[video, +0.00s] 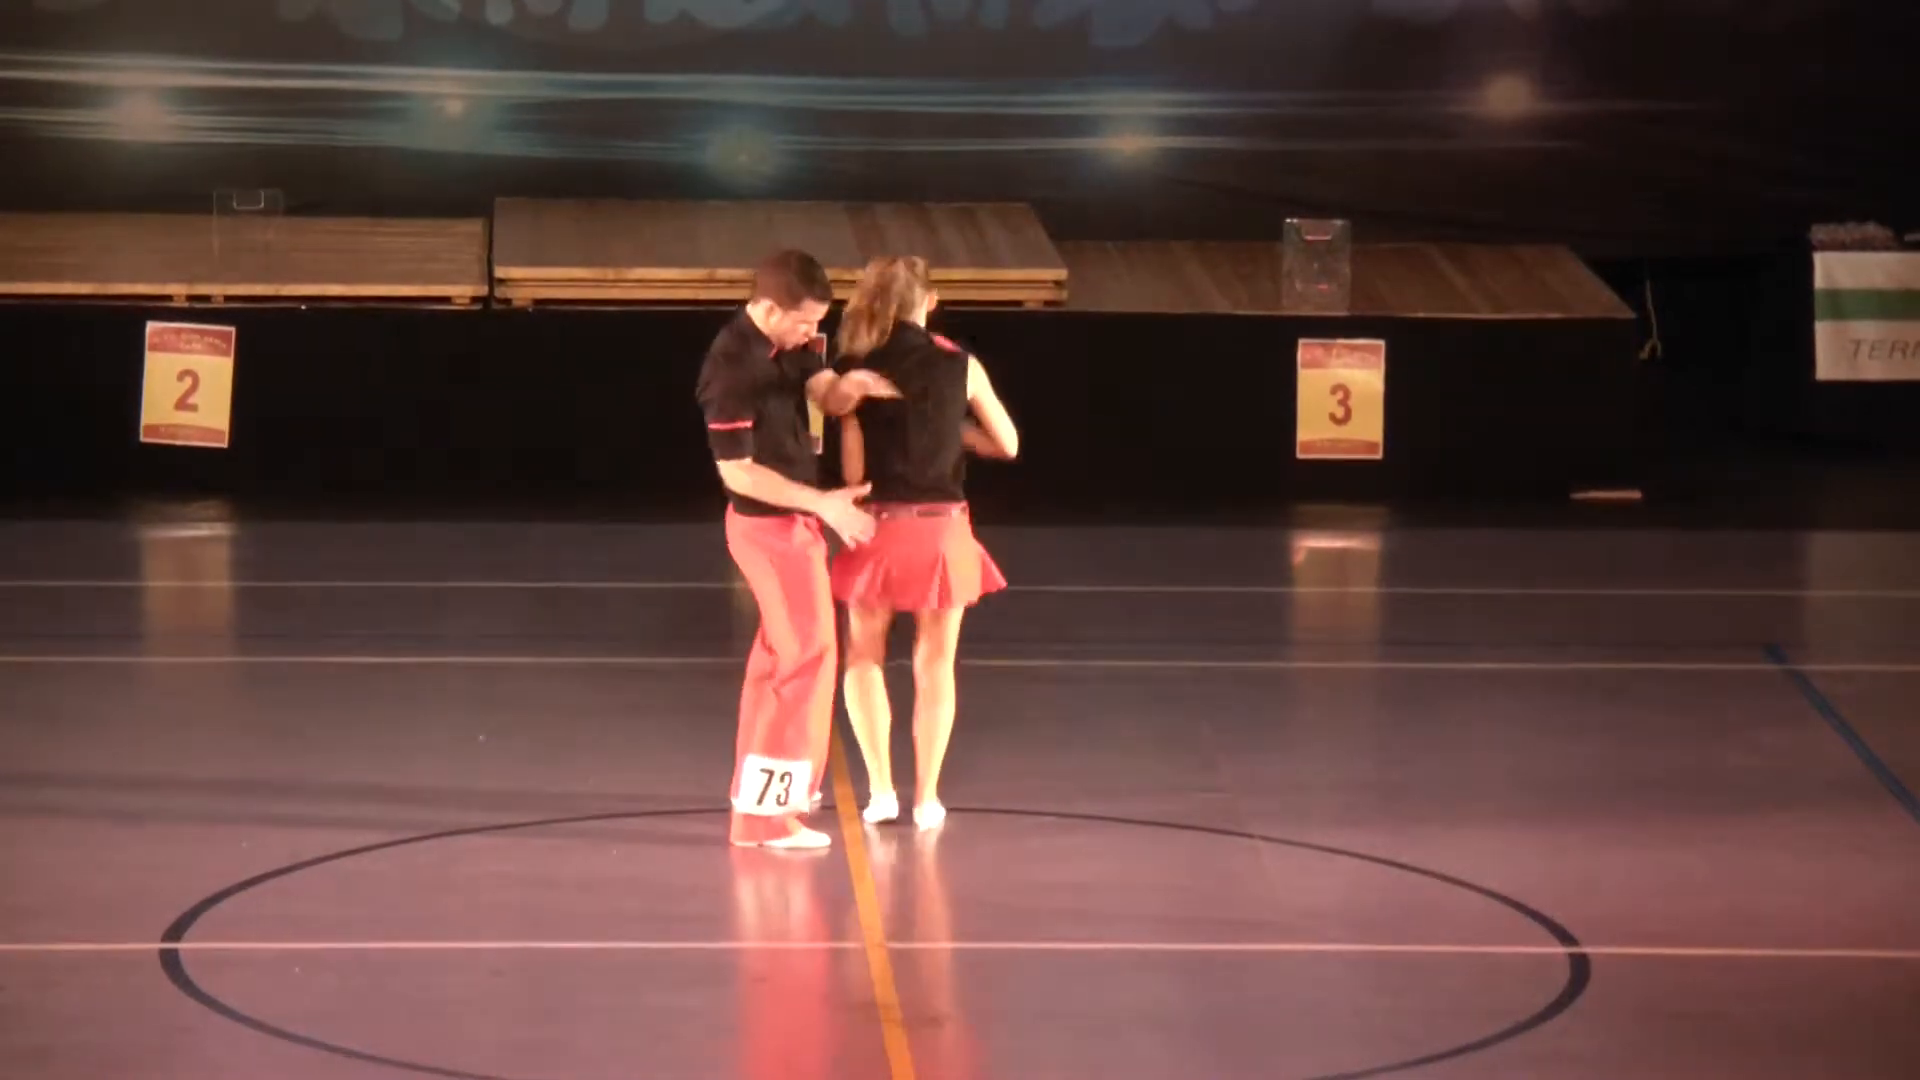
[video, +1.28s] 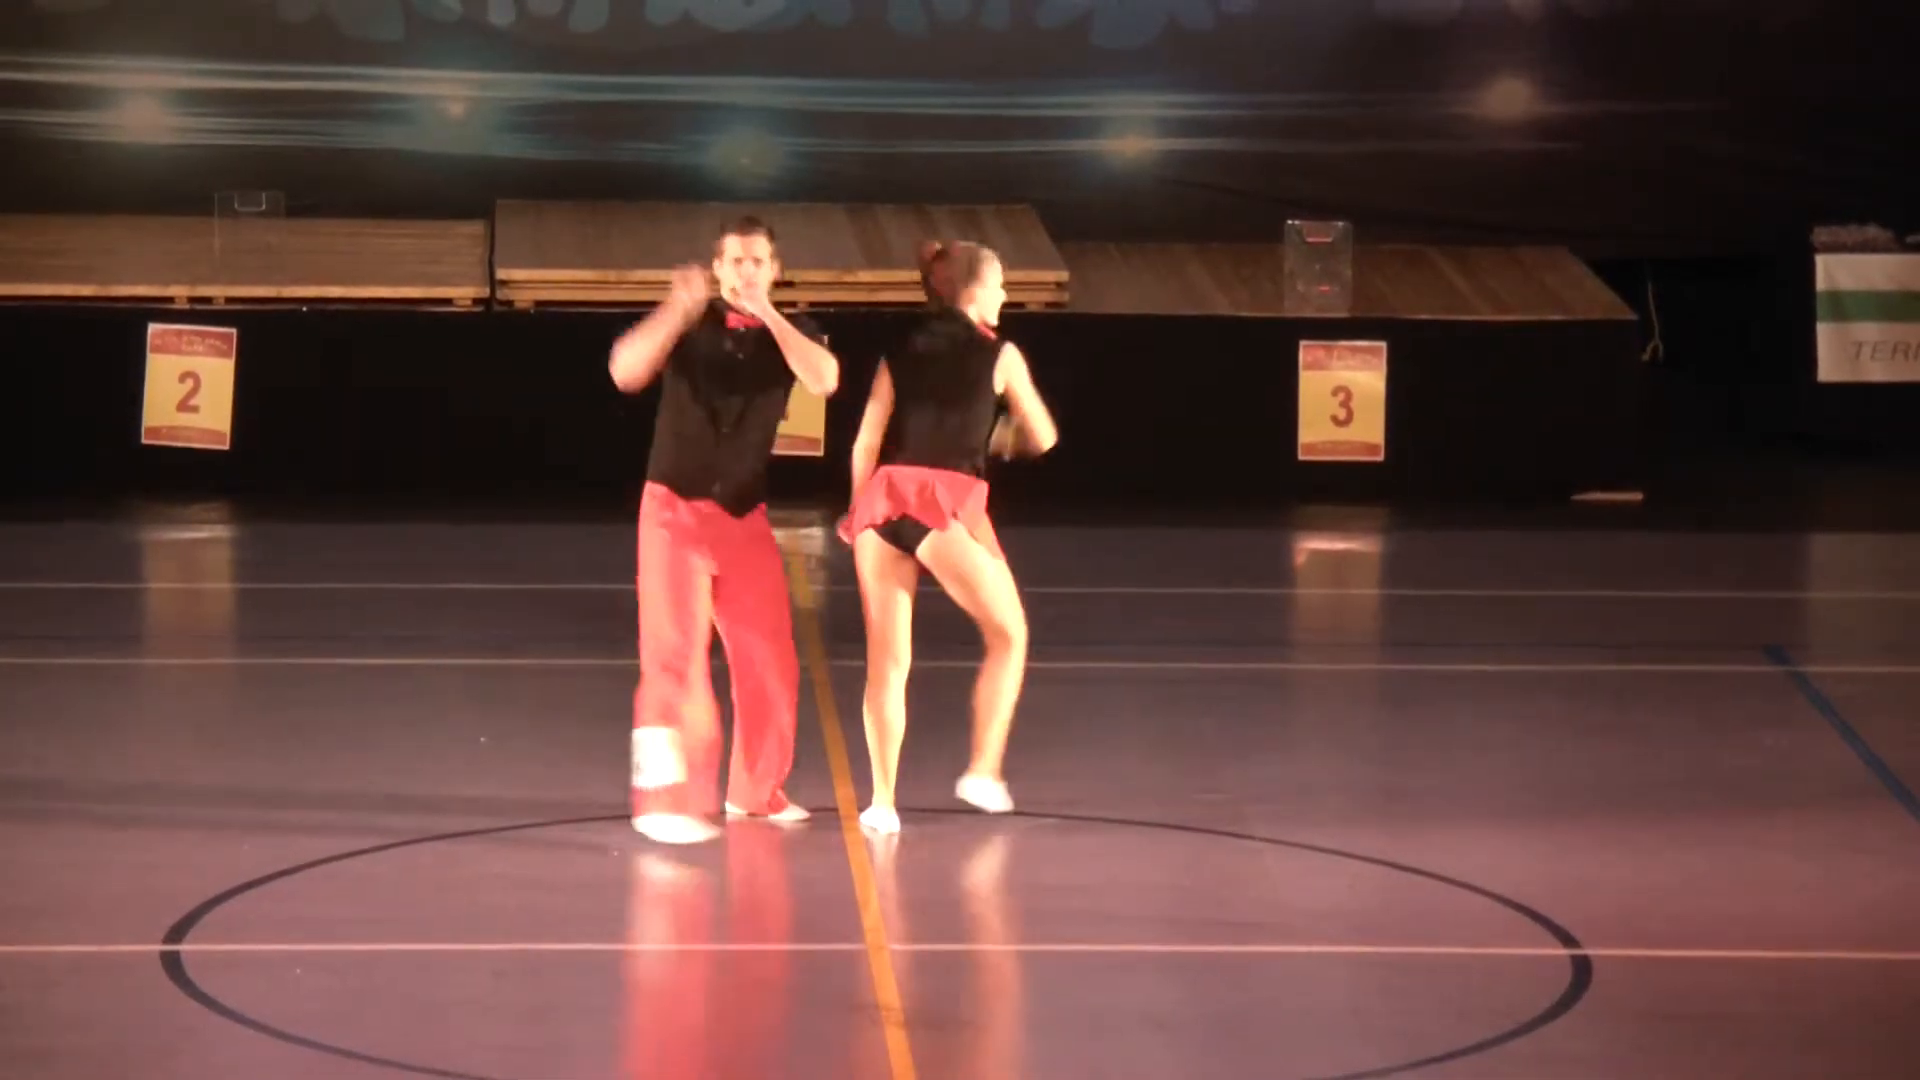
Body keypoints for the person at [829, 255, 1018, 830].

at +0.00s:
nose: (936, 307)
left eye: (930, 299)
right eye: (934, 299)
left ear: (870, 303)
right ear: (927, 304)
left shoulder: (852, 370)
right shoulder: (961, 366)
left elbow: (853, 473)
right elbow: (1006, 444)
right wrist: (946, 430)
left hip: (878, 530)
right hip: (946, 531)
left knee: (864, 657)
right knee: (936, 665)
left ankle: (881, 790)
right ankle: (927, 797)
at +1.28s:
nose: (1003, 298)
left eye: (1002, 286)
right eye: (998, 287)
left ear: (946, 292)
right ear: (974, 292)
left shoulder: (899, 352)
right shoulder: (1000, 355)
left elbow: (865, 441)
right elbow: (1042, 435)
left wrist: (864, 510)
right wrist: (999, 441)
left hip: (880, 508)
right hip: (945, 511)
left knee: (886, 661)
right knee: (1007, 634)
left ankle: (882, 802)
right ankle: (983, 774)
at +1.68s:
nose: (954, 309)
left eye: (955, 301)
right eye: (960, 300)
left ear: (961, 308)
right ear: (1010, 305)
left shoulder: (938, 378)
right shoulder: (1046, 372)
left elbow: (934, 466)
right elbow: (1054, 464)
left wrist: (874, 437)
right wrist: (1084, 430)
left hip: (957, 521)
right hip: (1030, 521)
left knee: (900, 660)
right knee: (1072, 660)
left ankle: (901, 802)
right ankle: (1079, 798)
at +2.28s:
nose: (1023, 340)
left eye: (1020, 332)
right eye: (1062, 330)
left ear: (1016, 340)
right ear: (1071, 339)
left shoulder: (1003, 419)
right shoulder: (1102, 400)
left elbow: (999, 516)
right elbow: (1154, 474)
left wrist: (935, 475)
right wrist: (1145, 415)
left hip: (977, 550)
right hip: (1044, 566)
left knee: (913, 659)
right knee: (1112, 671)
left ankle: (913, 802)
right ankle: (1074, 797)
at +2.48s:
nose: (1011, 293)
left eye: (1021, 284)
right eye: (1014, 282)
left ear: (1053, 295)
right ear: (1065, 296)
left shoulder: (1033, 361)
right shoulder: (1104, 354)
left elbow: (1025, 450)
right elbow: (1142, 427)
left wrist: (940, 472)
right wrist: (1080, 433)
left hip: (1027, 511)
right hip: (1083, 513)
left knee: (974, 655)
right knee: (1085, 663)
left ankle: (940, 795)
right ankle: (1094, 796)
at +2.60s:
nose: (1050, 291)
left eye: (1064, 283)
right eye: (1044, 278)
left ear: (1088, 290)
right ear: (1032, 279)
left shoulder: (1073, 357)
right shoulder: (1046, 344)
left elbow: (1084, 457)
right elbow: (1049, 444)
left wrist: (1048, 535)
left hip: (1048, 513)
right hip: (1057, 509)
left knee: (1027, 664)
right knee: (1096, 654)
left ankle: (1007, 801)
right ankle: (1137, 782)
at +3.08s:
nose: (1081, 295)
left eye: (1093, 285)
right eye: (1072, 281)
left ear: (1108, 292)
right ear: (1052, 282)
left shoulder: (1122, 369)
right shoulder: (1015, 354)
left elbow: (1142, 454)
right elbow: (984, 436)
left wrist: (1149, 537)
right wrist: (967, 513)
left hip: (1084, 522)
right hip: (1021, 519)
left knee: (1036, 657)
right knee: (1068, 660)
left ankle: (1012, 798)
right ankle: (1136, 768)